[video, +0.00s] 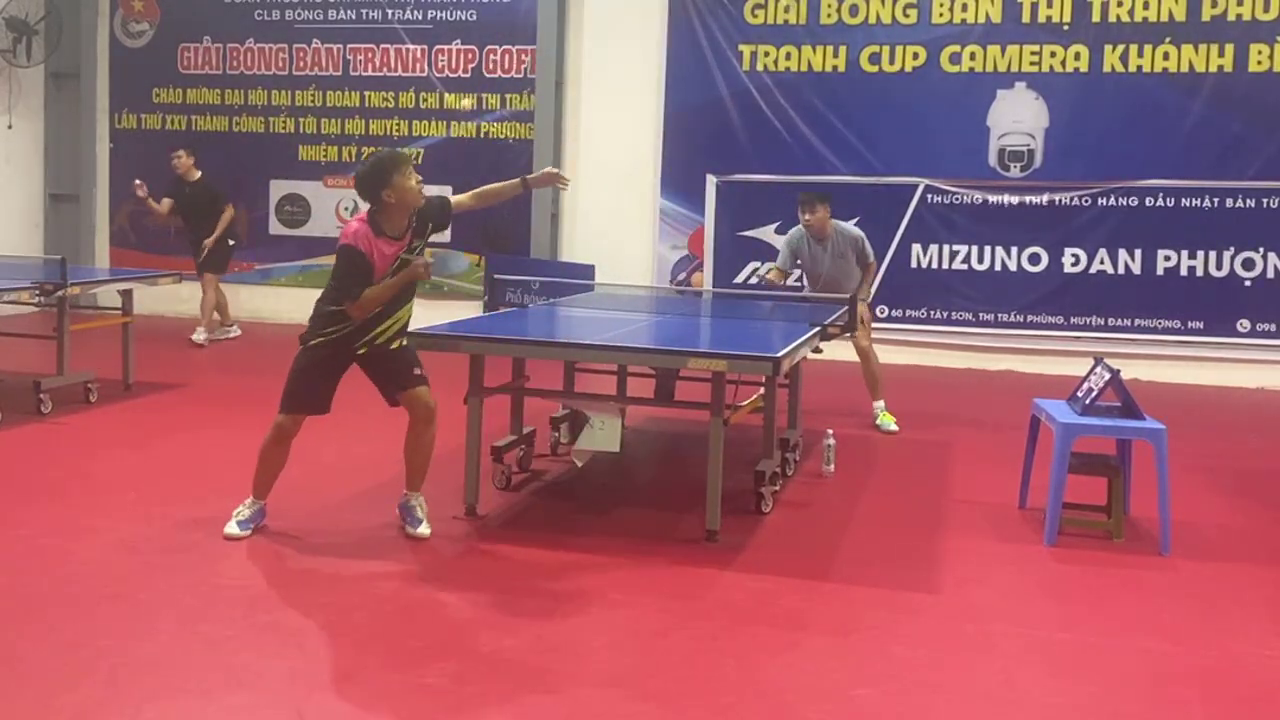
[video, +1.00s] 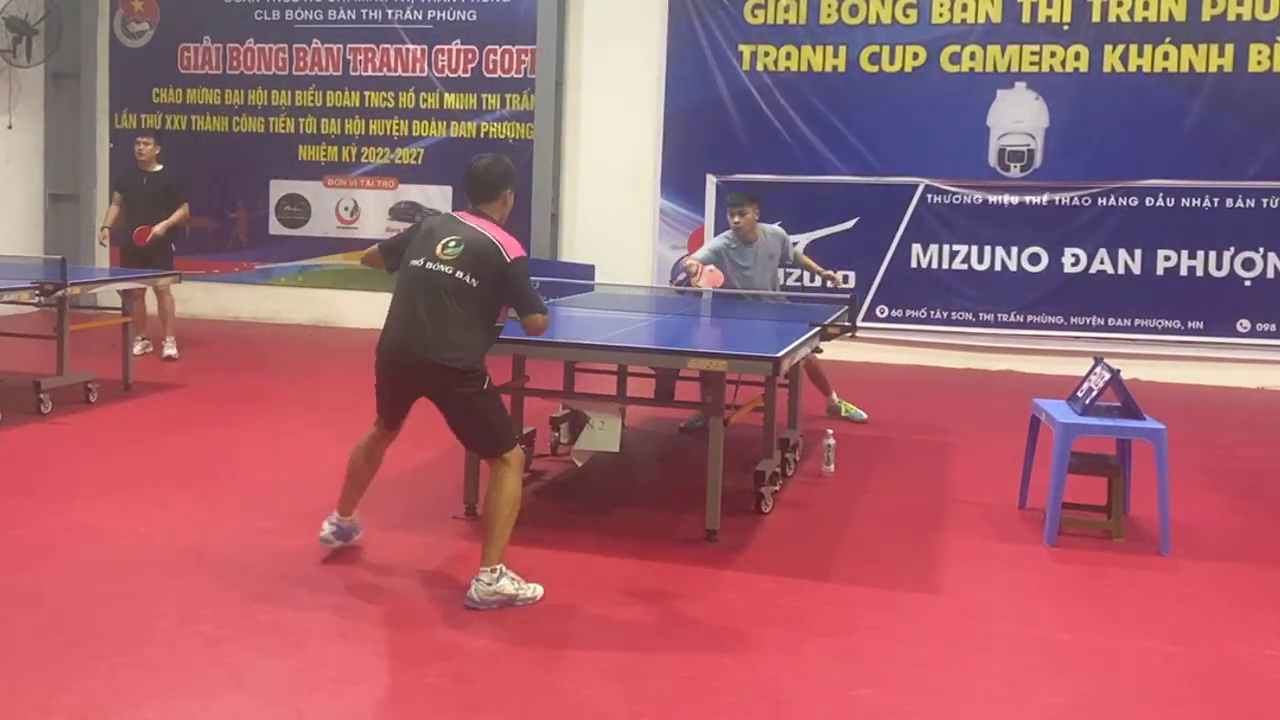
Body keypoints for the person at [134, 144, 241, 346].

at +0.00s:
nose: (175, 162)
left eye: (179, 158)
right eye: (173, 159)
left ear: (192, 160)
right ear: (172, 163)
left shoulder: (207, 184)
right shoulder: (177, 186)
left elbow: (229, 211)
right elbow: (162, 211)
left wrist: (214, 237)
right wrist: (146, 198)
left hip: (219, 238)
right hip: (198, 240)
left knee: (208, 281)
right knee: (209, 284)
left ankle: (203, 328)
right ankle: (228, 325)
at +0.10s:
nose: (179, 158)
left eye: (184, 154)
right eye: (177, 155)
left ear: (196, 157)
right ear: (175, 159)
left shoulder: (210, 183)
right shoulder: (177, 182)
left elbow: (222, 214)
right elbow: (167, 211)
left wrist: (203, 240)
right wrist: (157, 211)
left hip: (210, 237)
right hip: (189, 238)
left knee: (201, 282)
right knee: (199, 283)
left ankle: (200, 330)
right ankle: (223, 320)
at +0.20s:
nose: (182, 155)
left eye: (187, 151)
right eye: (180, 151)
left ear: (198, 155)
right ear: (176, 155)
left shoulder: (209, 182)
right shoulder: (175, 181)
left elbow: (215, 214)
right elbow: (169, 207)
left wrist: (190, 232)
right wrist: (169, 231)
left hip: (205, 239)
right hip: (184, 239)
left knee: (200, 284)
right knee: (183, 283)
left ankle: (201, 329)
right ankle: (210, 312)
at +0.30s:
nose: (181, 152)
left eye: (186, 148)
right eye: (179, 148)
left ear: (197, 152)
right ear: (176, 152)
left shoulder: (207, 177)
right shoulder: (174, 177)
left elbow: (206, 209)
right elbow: (167, 209)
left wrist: (178, 210)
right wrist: (165, 241)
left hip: (201, 239)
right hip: (179, 238)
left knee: (199, 284)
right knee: (172, 282)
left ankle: (200, 329)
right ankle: (194, 314)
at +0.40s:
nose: (177, 150)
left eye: (182, 147)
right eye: (175, 147)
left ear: (193, 151)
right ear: (172, 151)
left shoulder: (203, 176)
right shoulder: (170, 177)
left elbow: (201, 203)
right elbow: (159, 207)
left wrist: (178, 192)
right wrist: (153, 235)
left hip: (196, 239)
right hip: (171, 237)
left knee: (197, 285)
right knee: (165, 283)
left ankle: (200, 331)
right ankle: (174, 327)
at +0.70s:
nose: (155, 152)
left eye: (160, 148)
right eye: (153, 148)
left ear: (171, 153)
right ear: (150, 152)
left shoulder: (180, 179)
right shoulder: (147, 180)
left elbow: (187, 210)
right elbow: (134, 210)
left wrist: (161, 206)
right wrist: (125, 230)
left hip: (175, 243)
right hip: (148, 243)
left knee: (178, 289)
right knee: (143, 290)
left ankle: (196, 325)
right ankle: (142, 337)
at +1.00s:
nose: (140, 148)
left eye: (145, 144)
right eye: (137, 144)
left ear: (157, 149)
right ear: (134, 148)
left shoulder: (168, 178)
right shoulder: (127, 177)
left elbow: (184, 210)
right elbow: (116, 204)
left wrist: (165, 225)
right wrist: (106, 227)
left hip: (159, 245)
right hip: (131, 245)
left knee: (163, 289)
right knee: (135, 292)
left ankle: (169, 339)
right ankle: (141, 338)